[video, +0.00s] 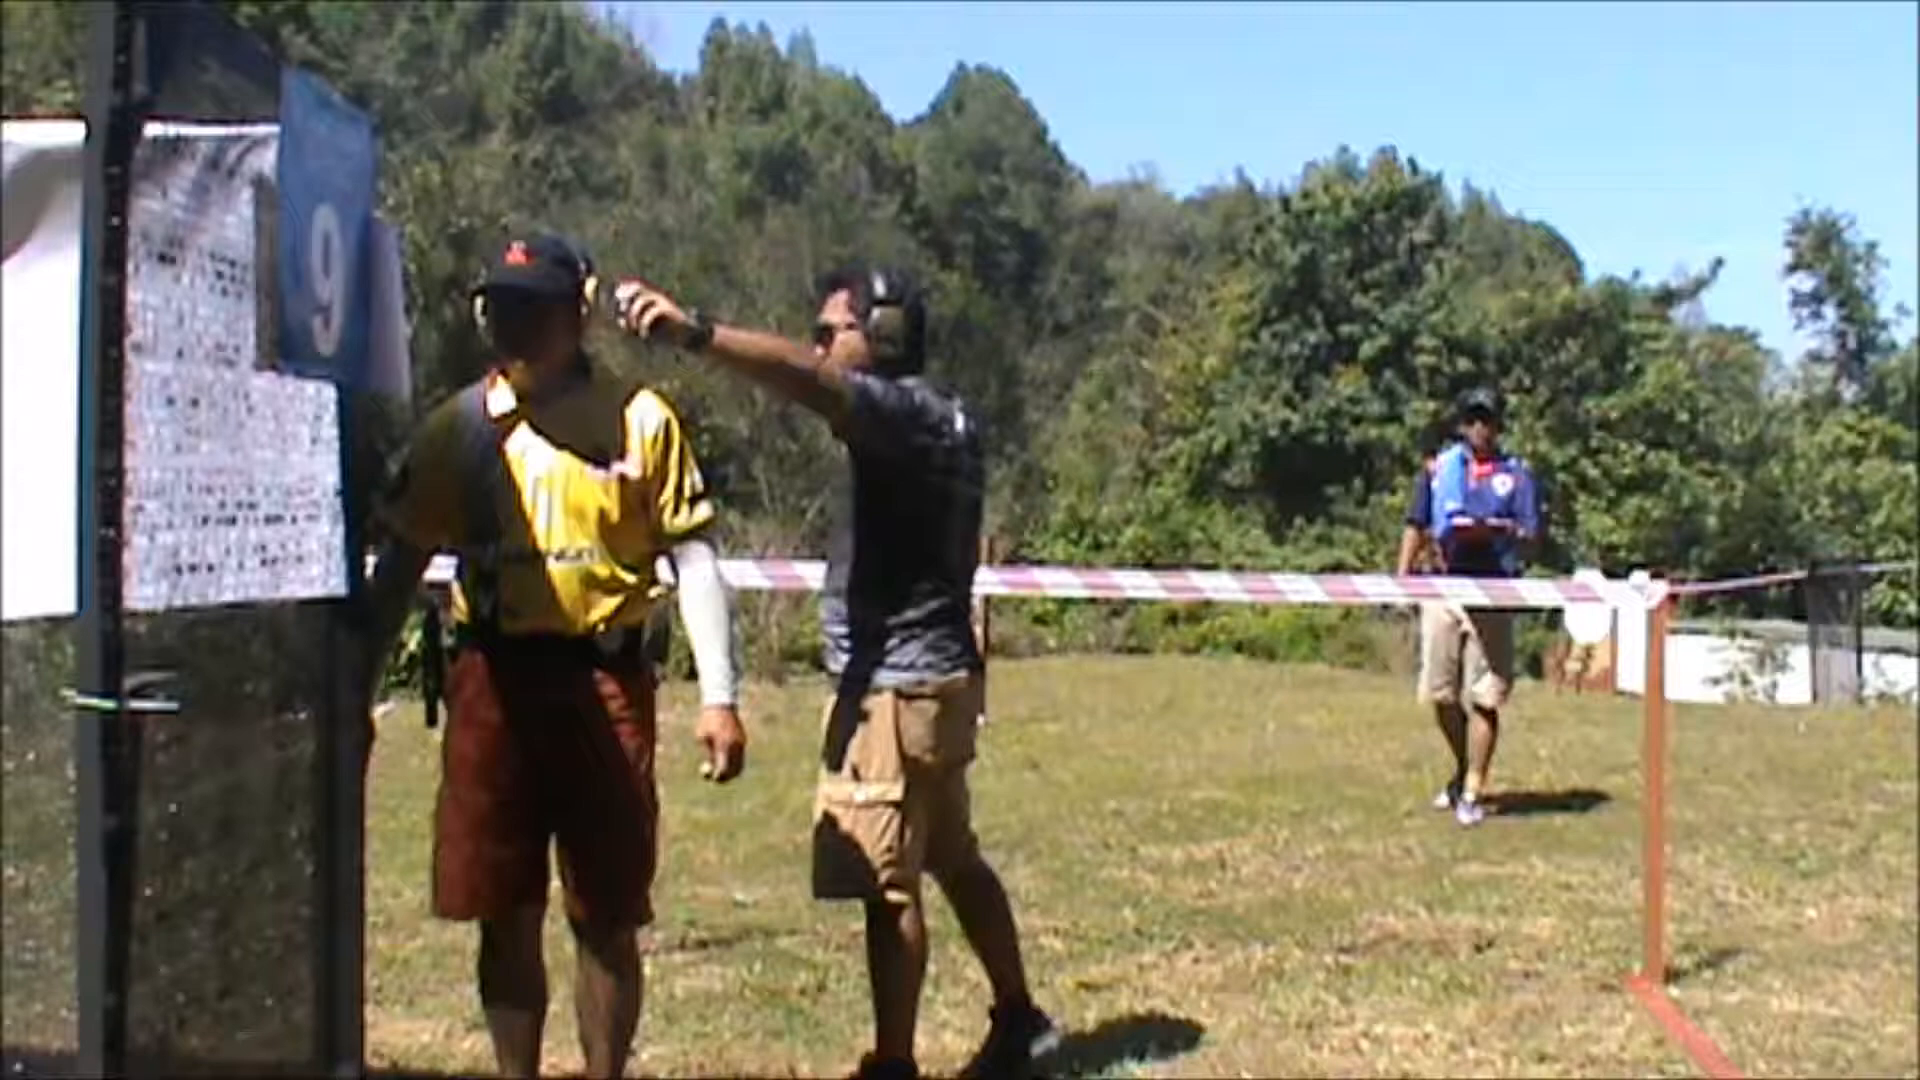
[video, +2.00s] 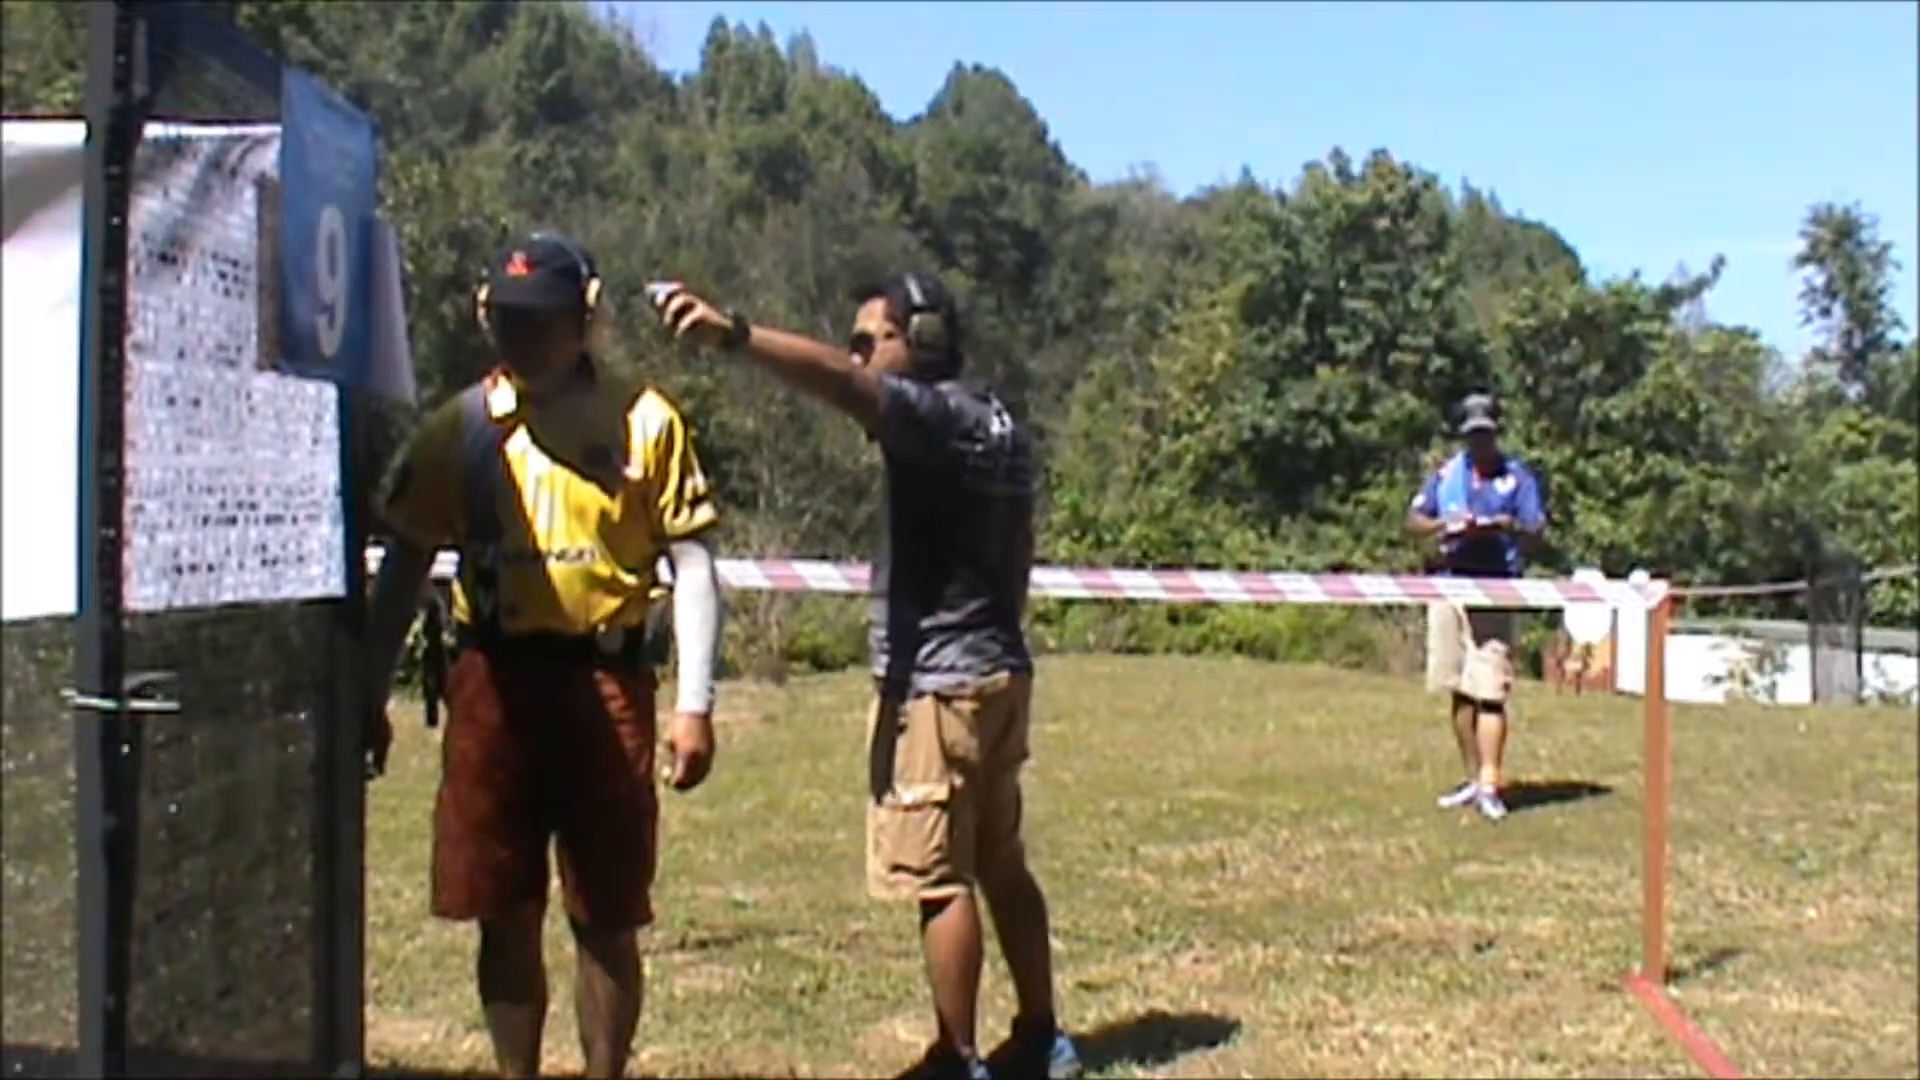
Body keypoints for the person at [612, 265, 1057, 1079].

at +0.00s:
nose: (817, 349)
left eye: (832, 332)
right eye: (819, 333)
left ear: (887, 337)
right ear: (894, 343)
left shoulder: (903, 412)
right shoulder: (947, 417)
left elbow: (809, 377)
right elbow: (961, 556)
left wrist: (694, 333)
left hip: (900, 674)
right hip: (935, 669)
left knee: (888, 875)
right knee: (953, 856)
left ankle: (891, 1057)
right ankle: (1019, 1014)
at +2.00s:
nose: (857, 357)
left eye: (870, 341)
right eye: (857, 341)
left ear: (920, 342)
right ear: (940, 346)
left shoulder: (930, 412)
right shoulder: (1003, 424)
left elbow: (843, 379)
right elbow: (1015, 560)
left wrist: (734, 332)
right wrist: (995, 642)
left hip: (939, 674)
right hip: (998, 669)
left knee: (939, 878)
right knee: (1001, 866)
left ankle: (955, 1054)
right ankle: (1040, 1031)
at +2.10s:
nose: (858, 357)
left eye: (870, 341)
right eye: (857, 342)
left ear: (919, 342)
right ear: (939, 346)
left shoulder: (930, 413)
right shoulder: (1002, 424)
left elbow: (844, 380)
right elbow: (1014, 561)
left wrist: (732, 334)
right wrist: (994, 643)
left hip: (939, 674)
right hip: (997, 669)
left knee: (938, 877)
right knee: (1000, 866)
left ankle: (954, 1054)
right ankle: (1040, 1030)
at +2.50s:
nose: (855, 357)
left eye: (868, 342)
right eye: (856, 341)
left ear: (919, 344)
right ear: (937, 347)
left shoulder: (932, 414)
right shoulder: (1001, 421)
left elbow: (842, 379)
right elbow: (1014, 560)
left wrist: (734, 335)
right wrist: (993, 643)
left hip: (941, 676)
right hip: (996, 670)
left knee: (939, 876)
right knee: (994, 865)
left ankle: (953, 1054)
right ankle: (1038, 1029)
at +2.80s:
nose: (858, 359)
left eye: (869, 344)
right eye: (858, 344)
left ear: (917, 343)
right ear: (938, 345)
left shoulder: (932, 412)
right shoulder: (1002, 416)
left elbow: (846, 380)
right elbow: (1025, 555)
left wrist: (732, 337)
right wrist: (1005, 647)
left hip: (945, 676)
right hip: (1000, 671)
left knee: (938, 876)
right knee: (993, 865)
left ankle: (953, 1055)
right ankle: (1037, 1029)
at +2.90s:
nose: (859, 358)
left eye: (868, 344)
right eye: (858, 344)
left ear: (916, 343)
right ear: (940, 344)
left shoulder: (931, 412)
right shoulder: (1004, 417)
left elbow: (844, 380)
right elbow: (1026, 560)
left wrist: (730, 339)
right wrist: (1006, 648)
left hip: (947, 676)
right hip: (1003, 671)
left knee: (938, 876)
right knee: (994, 866)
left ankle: (954, 1055)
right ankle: (1037, 1029)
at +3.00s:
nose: (859, 359)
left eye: (869, 344)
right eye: (858, 344)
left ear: (918, 341)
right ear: (941, 343)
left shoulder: (931, 412)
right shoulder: (1005, 418)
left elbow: (843, 379)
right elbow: (1029, 558)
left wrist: (729, 338)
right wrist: (1011, 650)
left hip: (949, 677)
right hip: (1005, 671)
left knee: (939, 876)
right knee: (994, 866)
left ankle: (954, 1055)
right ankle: (1038, 1029)